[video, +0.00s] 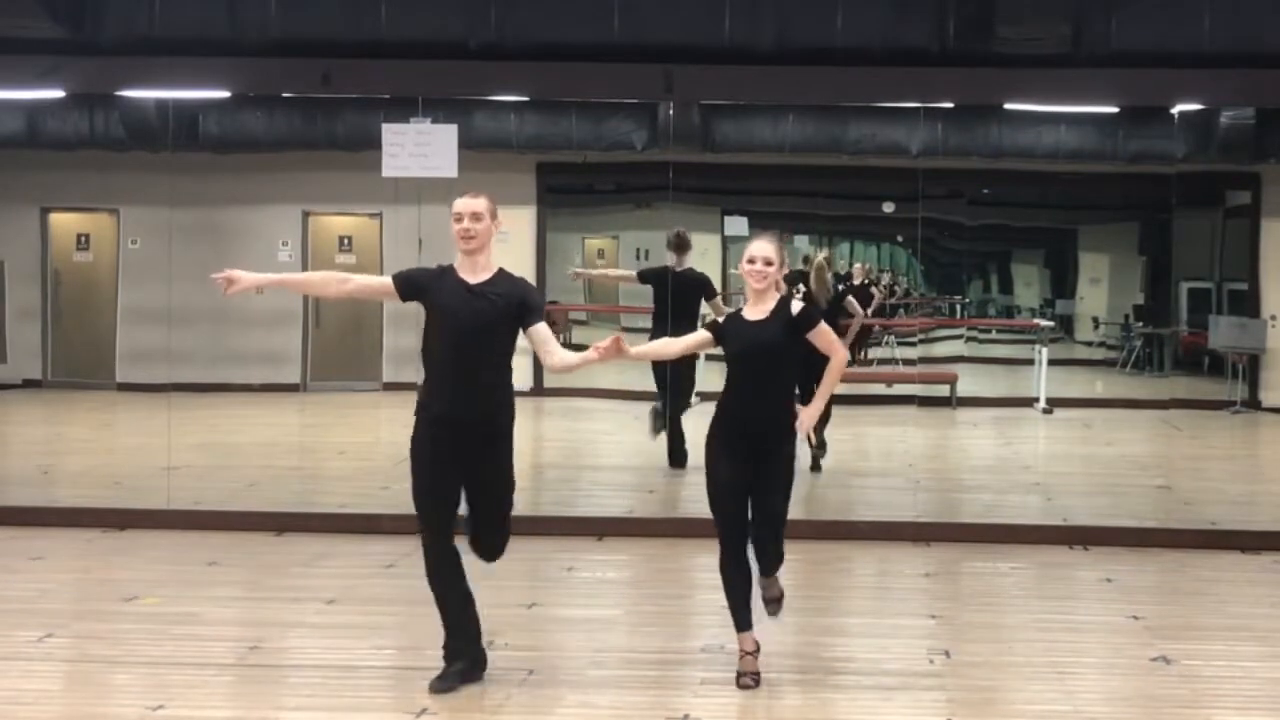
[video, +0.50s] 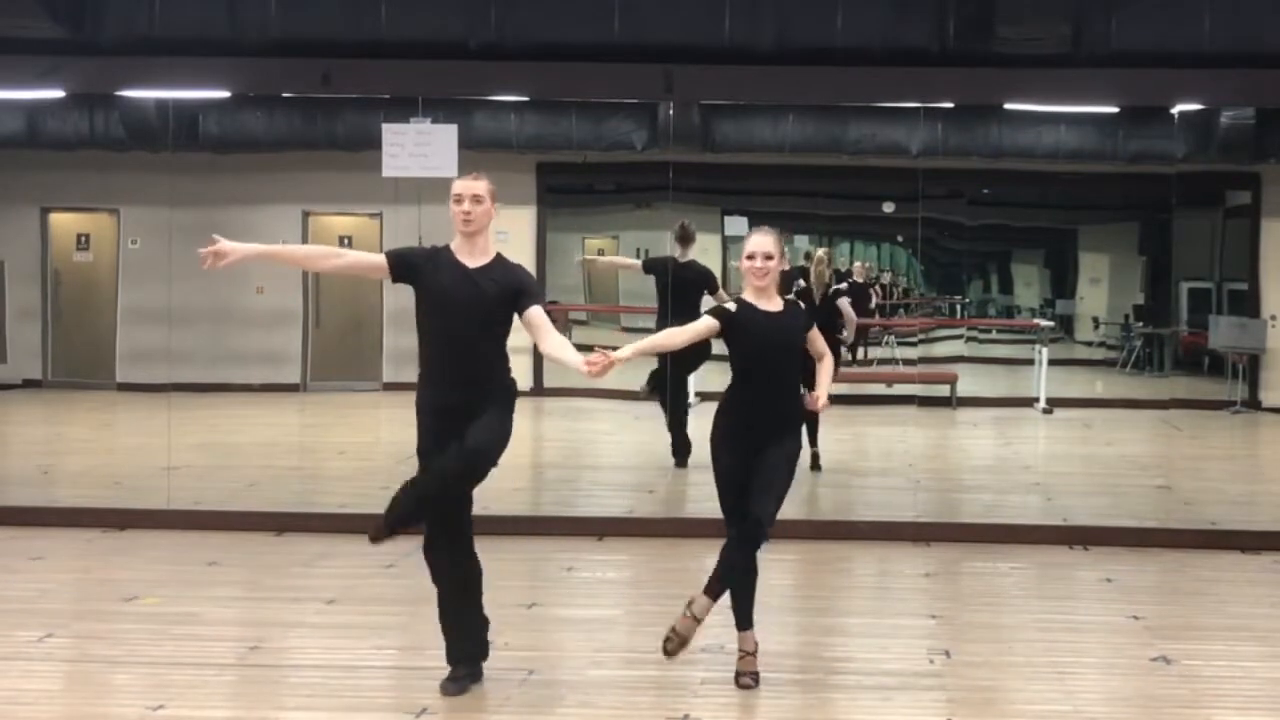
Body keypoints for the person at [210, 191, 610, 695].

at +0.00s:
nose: (466, 226)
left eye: (476, 218)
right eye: (459, 218)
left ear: (496, 226)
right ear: (451, 226)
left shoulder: (518, 293)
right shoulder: (430, 281)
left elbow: (553, 358)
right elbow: (345, 285)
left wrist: (593, 355)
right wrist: (261, 279)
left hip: (492, 434)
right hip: (436, 432)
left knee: (491, 546)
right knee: (437, 547)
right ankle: (466, 655)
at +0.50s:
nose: (466, 208)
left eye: (476, 200)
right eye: (459, 200)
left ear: (494, 209)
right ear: (449, 208)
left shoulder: (513, 277)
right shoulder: (423, 262)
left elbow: (547, 336)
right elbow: (334, 257)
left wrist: (582, 360)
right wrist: (248, 251)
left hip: (490, 404)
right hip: (437, 407)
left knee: (475, 456)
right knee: (449, 540)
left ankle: (403, 510)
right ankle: (466, 657)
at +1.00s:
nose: (464, 216)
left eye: (474, 208)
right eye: (457, 208)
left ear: (494, 218)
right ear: (447, 218)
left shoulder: (516, 277)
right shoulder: (426, 278)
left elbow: (572, 328)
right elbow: (366, 332)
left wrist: (605, 362)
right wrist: (344, 276)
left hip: (492, 408)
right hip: (438, 411)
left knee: (461, 476)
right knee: (450, 524)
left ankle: (418, 577)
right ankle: (474, 655)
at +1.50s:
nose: (478, 236)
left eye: (488, 227)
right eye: (470, 228)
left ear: (507, 234)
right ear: (459, 235)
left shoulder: (526, 299)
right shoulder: (437, 289)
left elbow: (579, 351)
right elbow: (354, 291)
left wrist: (625, 378)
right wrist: (276, 304)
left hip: (503, 437)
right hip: (454, 435)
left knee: (478, 537)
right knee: (472, 538)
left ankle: (462, 627)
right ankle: (456, 652)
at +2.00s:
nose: (465, 230)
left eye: (476, 222)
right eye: (458, 222)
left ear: (498, 231)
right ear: (451, 230)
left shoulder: (519, 297)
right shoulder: (430, 288)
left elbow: (568, 351)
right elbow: (342, 300)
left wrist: (609, 382)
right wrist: (260, 299)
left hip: (502, 444)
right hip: (446, 441)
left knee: (474, 561)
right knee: (445, 559)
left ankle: (434, 680)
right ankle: (489, 639)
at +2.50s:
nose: (473, 235)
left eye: (484, 227)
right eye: (466, 227)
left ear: (506, 232)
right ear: (458, 233)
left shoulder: (531, 299)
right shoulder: (444, 282)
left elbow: (582, 358)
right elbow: (369, 255)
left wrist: (617, 401)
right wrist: (324, 213)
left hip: (494, 452)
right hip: (438, 444)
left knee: (467, 570)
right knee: (421, 557)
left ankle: (441, 700)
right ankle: (452, 654)